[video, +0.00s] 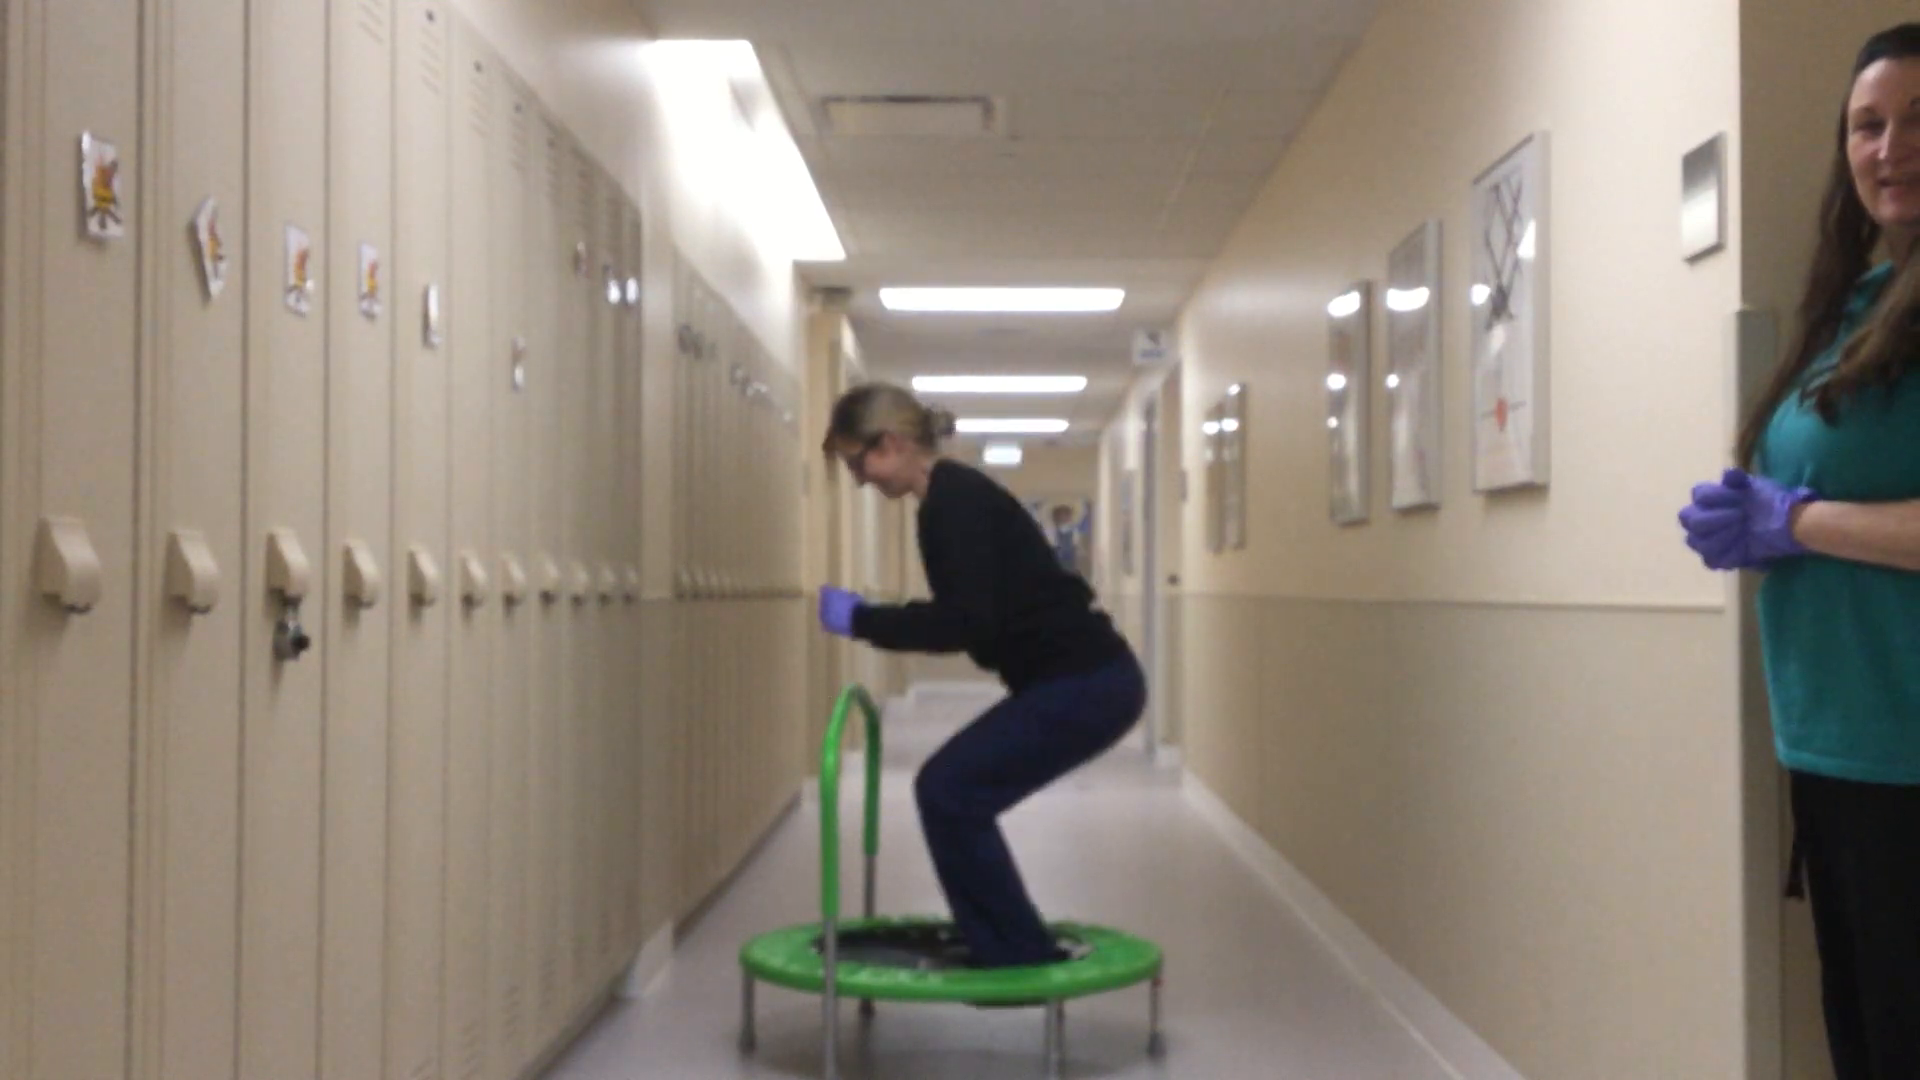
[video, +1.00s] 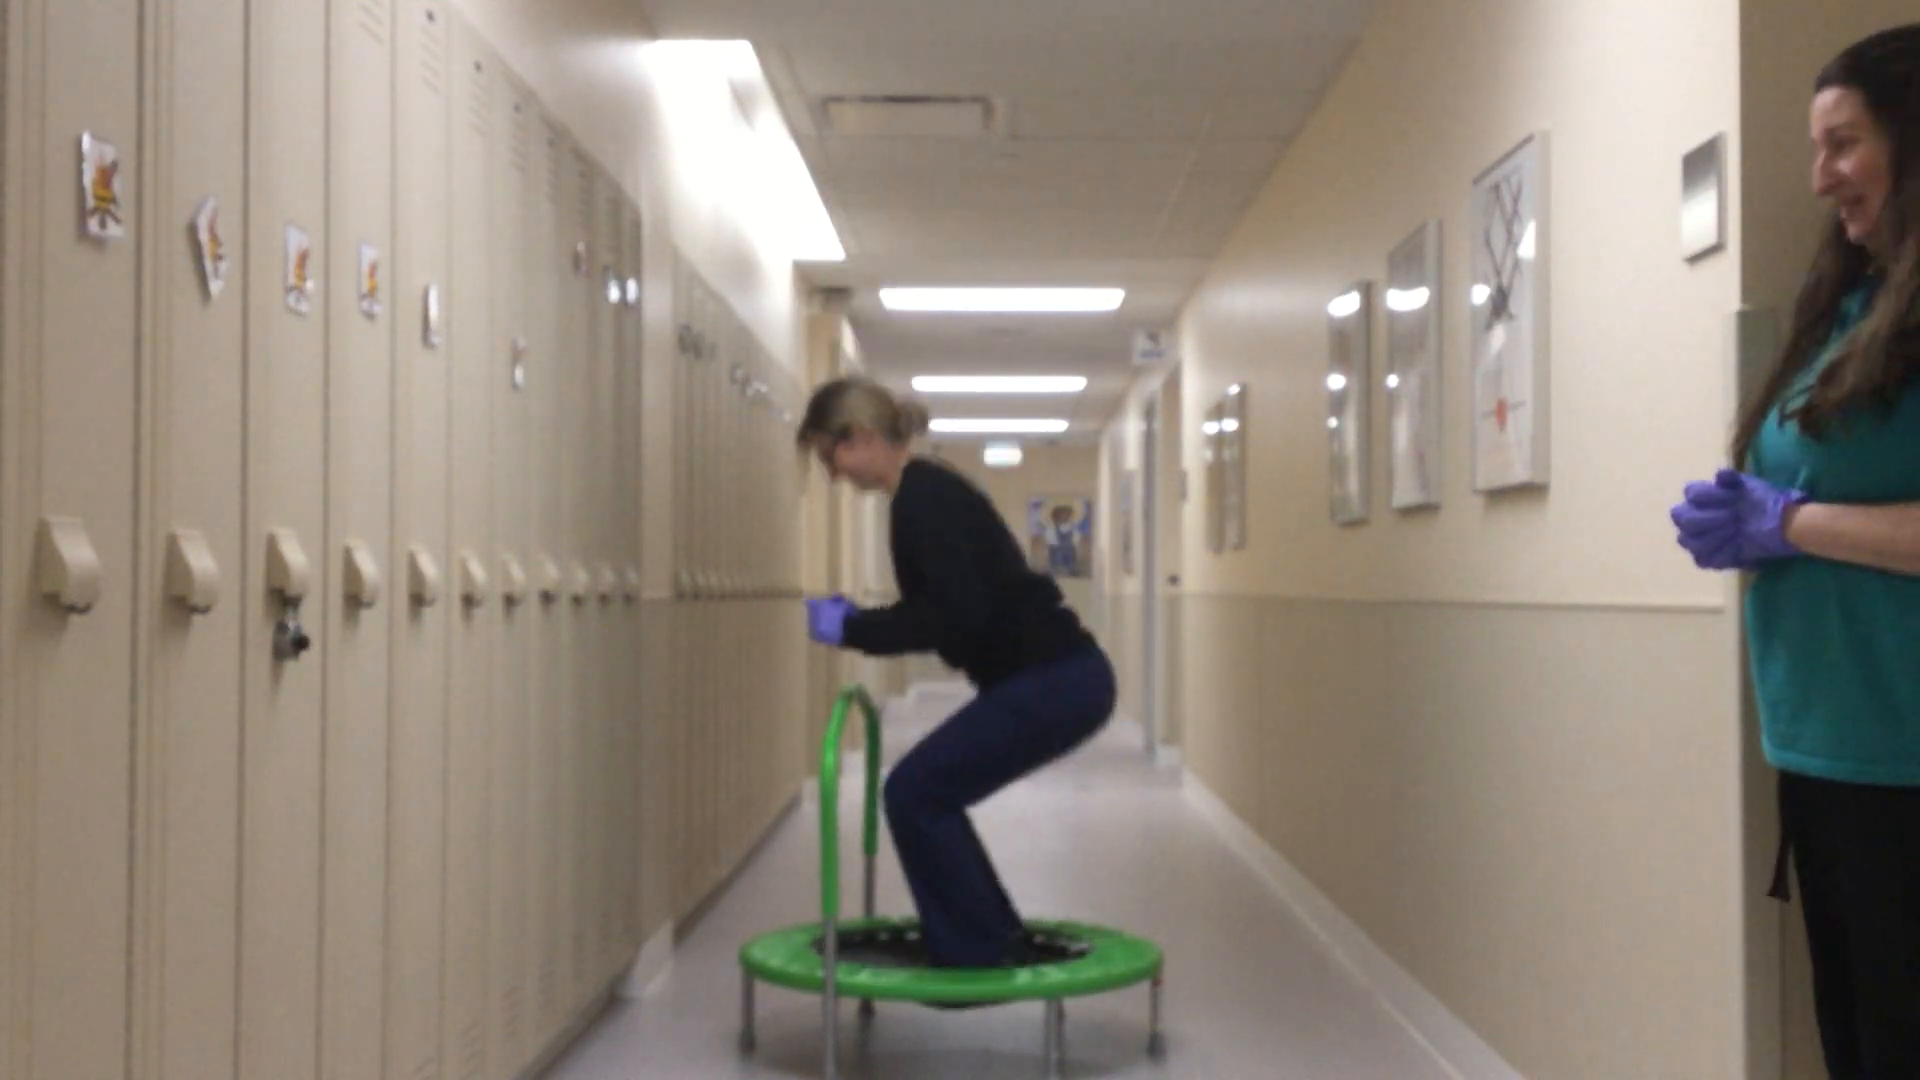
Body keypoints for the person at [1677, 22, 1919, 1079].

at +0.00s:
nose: (1888, 146)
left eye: (1910, 122)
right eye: (1868, 125)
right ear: (1844, 147)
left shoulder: (1919, 295)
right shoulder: (1846, 296)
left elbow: (1915, 523)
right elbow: (1805, 467)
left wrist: (1798, 519)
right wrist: (1753, 502)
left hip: (1899, 743)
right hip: (1824, 735)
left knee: (1898, 1030)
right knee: (1859, 1027)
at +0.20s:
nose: (1886, 147)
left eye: (1909, 122)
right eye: (1865, 125)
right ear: (1840, 147)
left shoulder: (1916, 296)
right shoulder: (1843, 296)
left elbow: (1913, 524)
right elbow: (1805, 467)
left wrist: (1794, 520)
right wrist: (1753, 503)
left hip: (1898, 744)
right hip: (1823, 735)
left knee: (1897, 1029)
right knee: (1858, 1027)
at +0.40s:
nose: (1884, 150)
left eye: (1909, 123)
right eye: (1861, 128)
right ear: (1837, 150)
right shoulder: (1840, 298)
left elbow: (1918, 526)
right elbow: (1803, 467)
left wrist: (1792, 523)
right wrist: (1754, 503)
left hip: (1902, 749)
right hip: (1822, 741)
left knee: (1900, 1035)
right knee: (1858, 1035)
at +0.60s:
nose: (1883, 152)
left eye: (1908, 125)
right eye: (1860, 130)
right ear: (1836, 153)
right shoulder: (1841, 300)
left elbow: (1917, 525)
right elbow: (1801, 465)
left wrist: (1792, 521)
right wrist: (1751, 501)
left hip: (1901, 747)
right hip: (1820, 739)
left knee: (1900, 1034)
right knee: (1856, 1034)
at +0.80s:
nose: (1876, 155)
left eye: (1901, 126)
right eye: (1853, 133)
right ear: (1832, 157)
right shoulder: (1839, 302)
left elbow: (1917, 524)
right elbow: (1802, 467)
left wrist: (1790, 520)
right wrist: (1748, 504)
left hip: (1900, 748)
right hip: (1819, 740)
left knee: (1897, 1035)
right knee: (1854, 1034)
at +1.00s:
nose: (1824, 172)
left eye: (1846, 141)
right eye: (1816, 148)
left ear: (1914, 143)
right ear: (1821, 159)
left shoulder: (1917, 302)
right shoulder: (1837, 301)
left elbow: (1914, 529)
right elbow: (1795, 460)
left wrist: (1790, 522)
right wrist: (1747, 502)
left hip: (1896, 742)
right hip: (1815, 732)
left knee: (1894, 1032)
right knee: (1850, 1027)